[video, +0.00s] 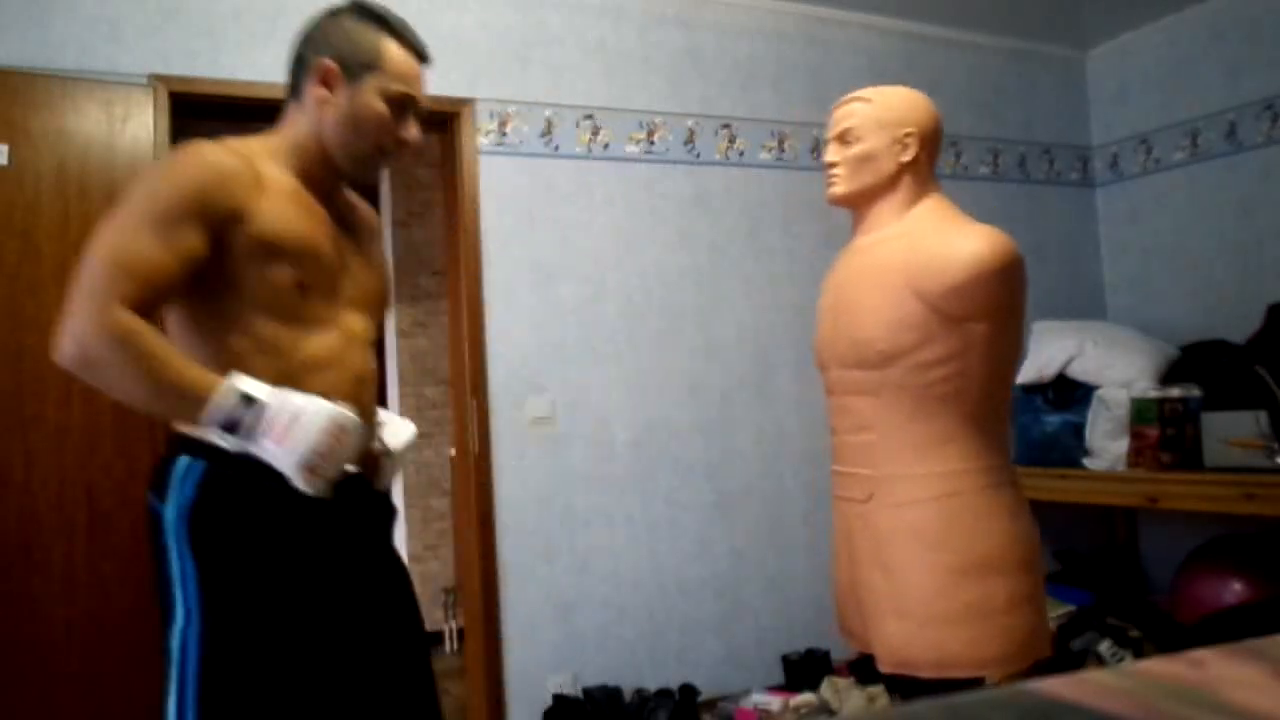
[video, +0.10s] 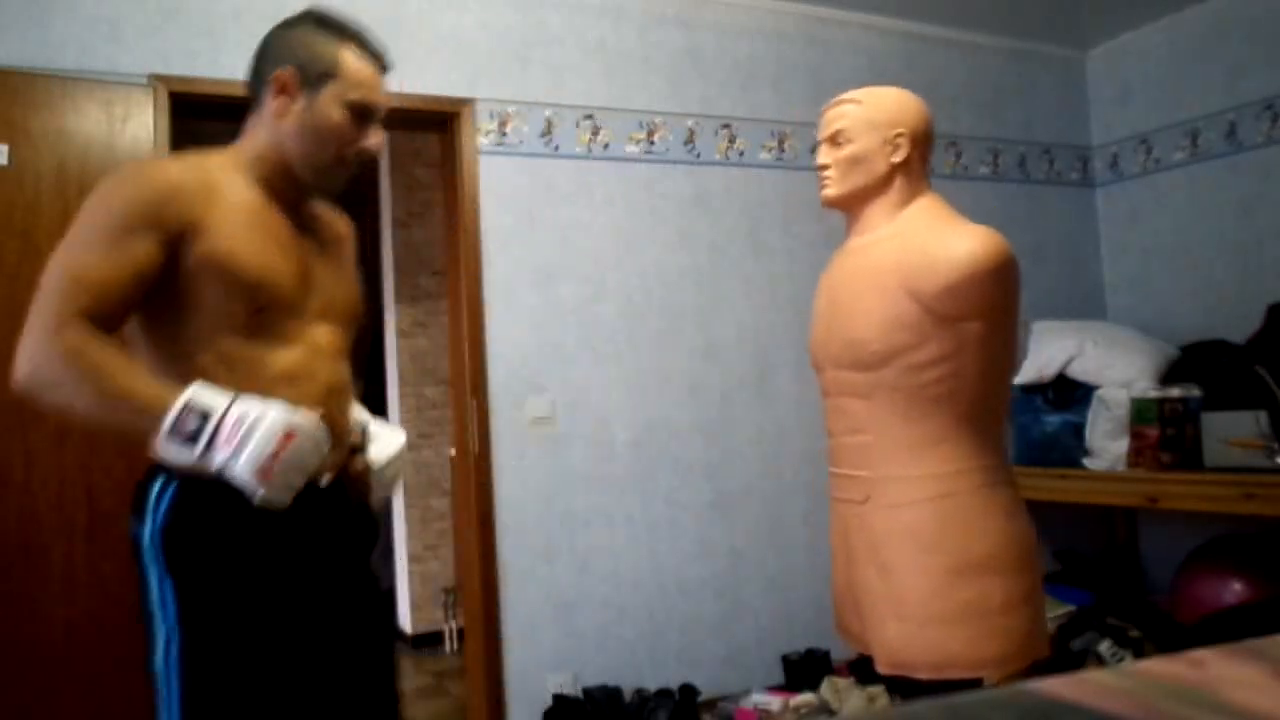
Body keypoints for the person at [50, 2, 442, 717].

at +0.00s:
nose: (410, 136)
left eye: (415, 115)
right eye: (397, 105)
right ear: (325, 84)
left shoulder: (365, 224)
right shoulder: (211, 174)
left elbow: (337, 370)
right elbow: (88, 331)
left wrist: (378, 430)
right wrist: (260, 415)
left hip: (346, 510)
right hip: (237, 508)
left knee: (398, 706)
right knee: (235, 711)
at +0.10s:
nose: (372, 143)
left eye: (378, 123)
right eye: (358, 114)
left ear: (289, 99)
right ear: (284, 94)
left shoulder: (336, 230)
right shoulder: (160, 192)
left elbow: (316, 365)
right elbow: (46, 354)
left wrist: (361, 433)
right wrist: (217, 426)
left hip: (327, 516)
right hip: (214, 521)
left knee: (354, 710)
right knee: (222, 713)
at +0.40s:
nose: (307, 136)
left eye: (313, 116)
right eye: (289, 106)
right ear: (209, 87)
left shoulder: (297, 231)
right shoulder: (81, 200)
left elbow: (295, 360)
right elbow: (8, 376)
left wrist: (336, 398)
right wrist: (173, 406)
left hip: (265, 537)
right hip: (125, 537)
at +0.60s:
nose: (258, 167)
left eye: (264, 146)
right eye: (237, 139)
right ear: (153, 117)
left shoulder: (274, 265)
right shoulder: (23, 244)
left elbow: (337, 400)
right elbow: (4, 435)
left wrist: (340, 392)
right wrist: (82, 406)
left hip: (223, 589)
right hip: (63, 587)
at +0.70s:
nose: (243, 174)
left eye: (249, 151)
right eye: (222, 143)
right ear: (136, 118)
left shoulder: (242, 259)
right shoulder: (15, 239)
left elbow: (319, 431)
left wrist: (320, 364)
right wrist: (21, 402)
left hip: (198, 577)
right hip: (47, 566)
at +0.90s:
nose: (265, 180)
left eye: (272, 158)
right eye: (246, 147)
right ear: (164, 116)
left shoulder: (245, 257)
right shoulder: (23, 230)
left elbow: (332, 390)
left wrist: (353, 292)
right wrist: (49, 476)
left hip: (204, 576)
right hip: (57, 576)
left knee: (326, 719)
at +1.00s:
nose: (303, 202)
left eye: (308, 181)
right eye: (286, 170)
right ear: (208, 142)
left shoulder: (261, 283)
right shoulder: (73, 250)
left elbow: (325, 409)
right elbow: (66, 438)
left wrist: (385, 321)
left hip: (219, 596)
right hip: (82, 600)